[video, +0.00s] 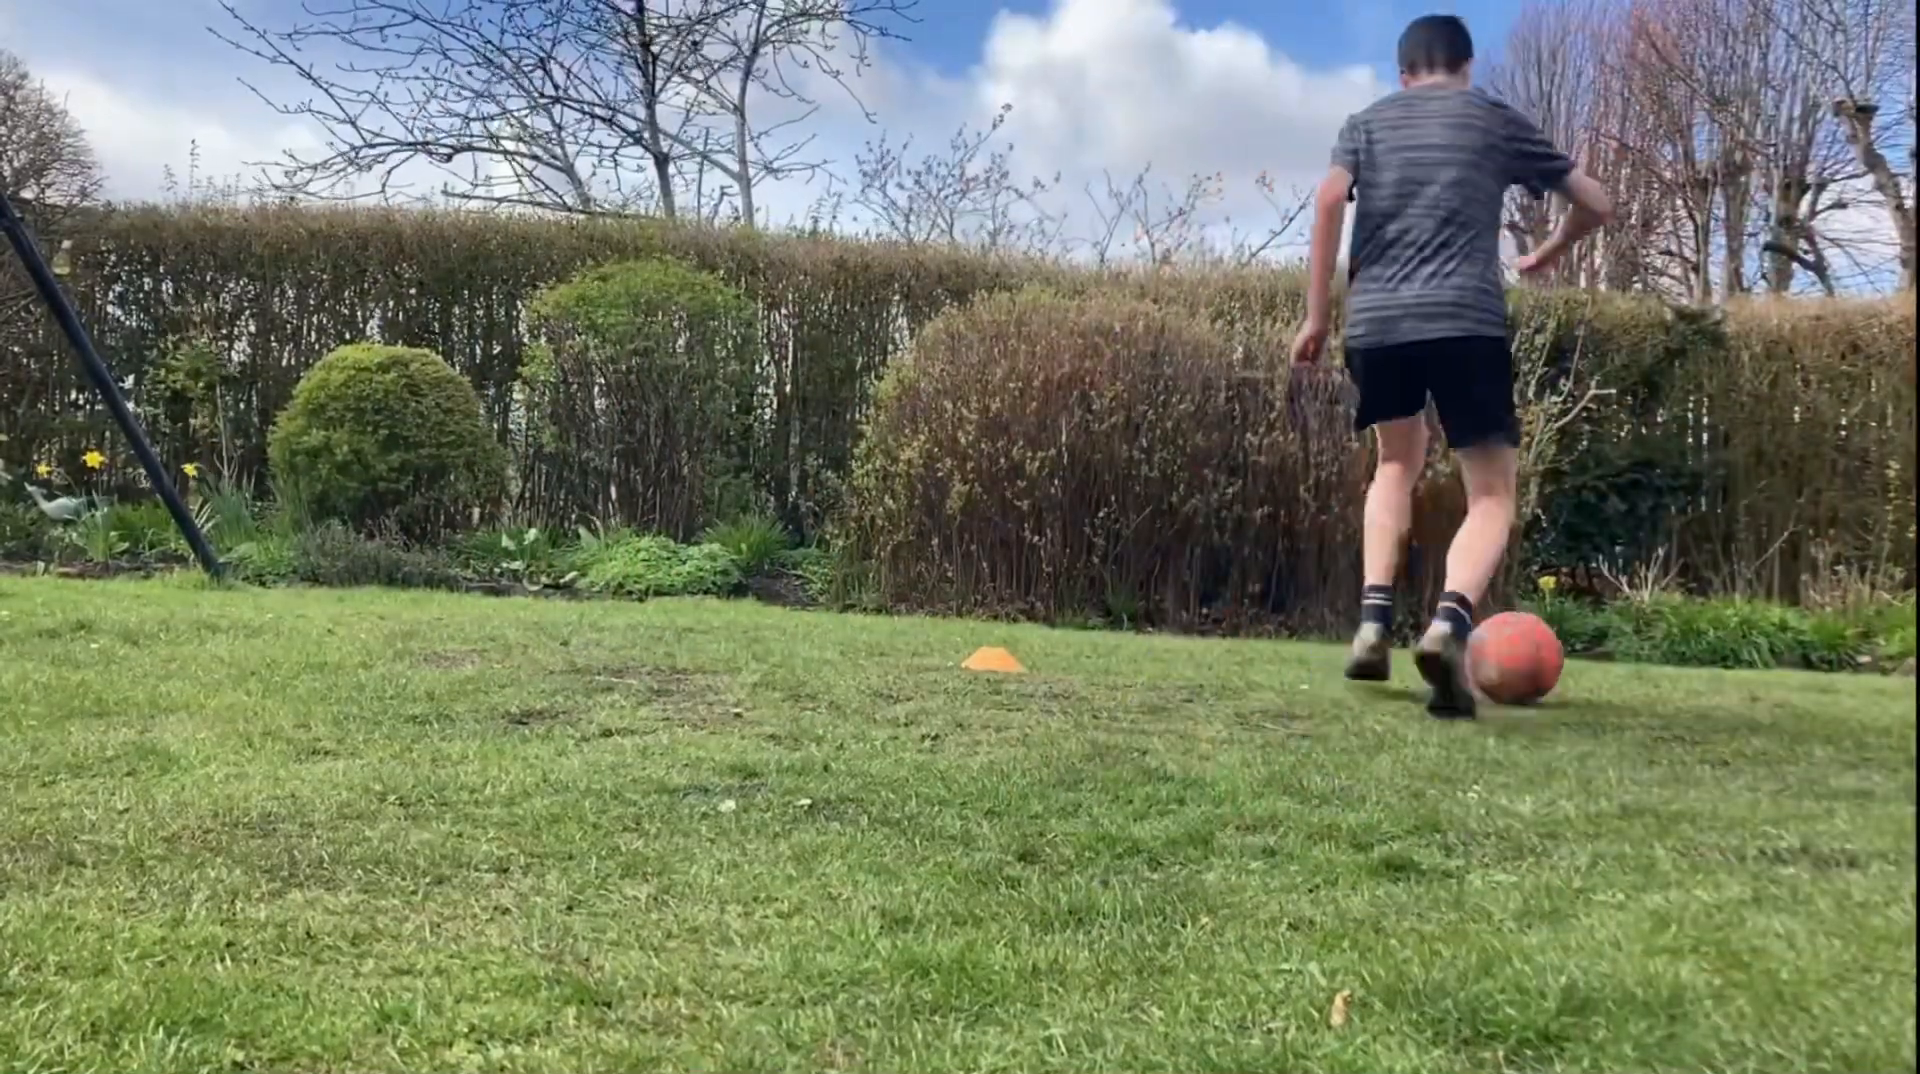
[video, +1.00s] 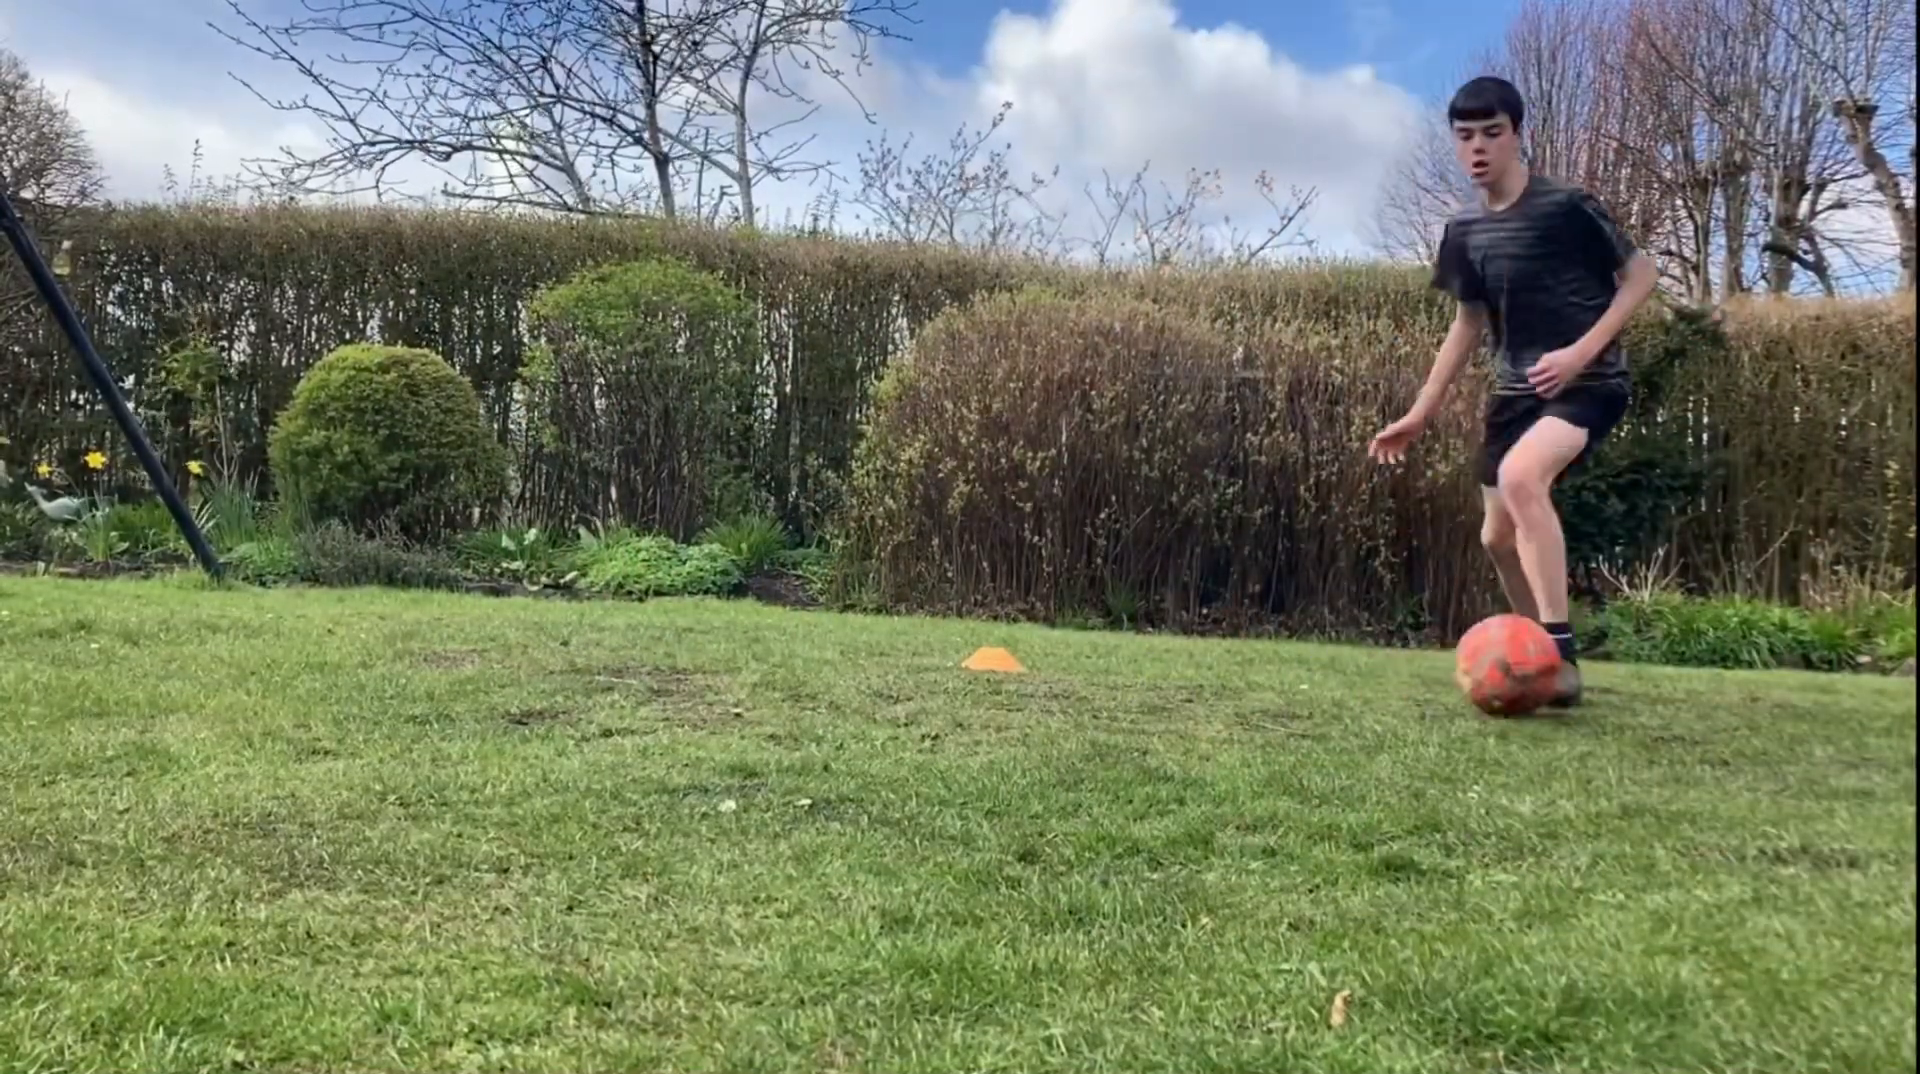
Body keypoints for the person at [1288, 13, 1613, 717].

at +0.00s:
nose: (1465, 82)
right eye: (1468, 71)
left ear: (1403, 69)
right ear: (1466, 67)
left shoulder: (1367, 122)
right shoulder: (1493, 118)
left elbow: (1328, 199)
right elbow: (1594, 204)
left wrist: (1315, 315)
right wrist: (1549, 251)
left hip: (1376, 326)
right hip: (1468, 323)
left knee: (1394, 463)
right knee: (1491, 494)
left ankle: (1373, 618)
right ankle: (1448, 623)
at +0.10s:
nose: (1453, 120)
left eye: (1402, 115)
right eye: (1457, 110)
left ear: (1397, 114)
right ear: (1460, 107)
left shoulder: (1364, 164)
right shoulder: (1495, 157)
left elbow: (1321, 249)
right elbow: (1612, 214)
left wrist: (1300, 344)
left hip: (1395, 365)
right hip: (1483, 358)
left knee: (1398, 503)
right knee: (1506, 497)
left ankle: (1404, 656)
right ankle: (1523, 570)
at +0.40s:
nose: (1392, 200)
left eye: (1388, 189)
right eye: (1390, 190)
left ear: (1398, 178)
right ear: (1442, 163)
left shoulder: (1399, 227)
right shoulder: (1502, 193)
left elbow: (1399, 339)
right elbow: (1584, 253)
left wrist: (1417, 318)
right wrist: (1638, 342)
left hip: (1492, 382)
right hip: (1564, 375)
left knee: (1414, 478)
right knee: (1482, 481)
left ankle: (1420, 637)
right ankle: (1576, 602)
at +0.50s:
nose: (1399, 236)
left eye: (1392, 221)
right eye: (1390, 227)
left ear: (1411, 197)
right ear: (1440, 192)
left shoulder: (1437, 243)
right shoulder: (1519, 228)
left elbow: (1477, 335)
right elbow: (1599, 299)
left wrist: (1437, 381)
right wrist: (1634, 399)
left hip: (1523, 407)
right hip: (1580, 408)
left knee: (1416, 491)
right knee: (1508, 535)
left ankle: (1430, 653)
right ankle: (1595, 661)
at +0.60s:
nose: (1401, 234)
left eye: (1398, 218)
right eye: (1393, 225)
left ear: (1429, 194)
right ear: (1434, 197)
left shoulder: (1474, 239)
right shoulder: (1500, 231)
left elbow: (1540, 313)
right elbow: (1565, 329)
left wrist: (1480, 391)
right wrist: (1587, 428)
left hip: (1553, 411)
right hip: (1578, 411)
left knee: (1421, 490)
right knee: (1499, 536)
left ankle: (1431, 647)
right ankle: (1591, 659)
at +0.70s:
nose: (1408, 186)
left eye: (1410, 169)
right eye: (1401, 177)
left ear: (1447, 152)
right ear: (1441, 161)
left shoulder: (1502, 197)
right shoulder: (1480, 213)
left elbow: (1584, 260)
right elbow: (1524, 305)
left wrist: (1516, 346)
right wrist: (1509, 373)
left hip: (1571, 375)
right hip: (1547, 378)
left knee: (1453, 488)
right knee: (1498, 530)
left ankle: (1454, 628)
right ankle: (1583, 642)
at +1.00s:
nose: (1477, 147)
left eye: (1490, 133)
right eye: (1465, 136)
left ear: (1518, 136)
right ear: (1455, 146)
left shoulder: (1567, 205)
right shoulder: (1463, 233)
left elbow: (1642, 274)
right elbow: (1467, 325)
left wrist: (1581, 351)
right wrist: (1420, 413)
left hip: (1587, 382)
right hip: (1515, 395)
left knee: (1521, 477)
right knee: (1497, 536)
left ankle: (1559, 649)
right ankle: (1545, 652)